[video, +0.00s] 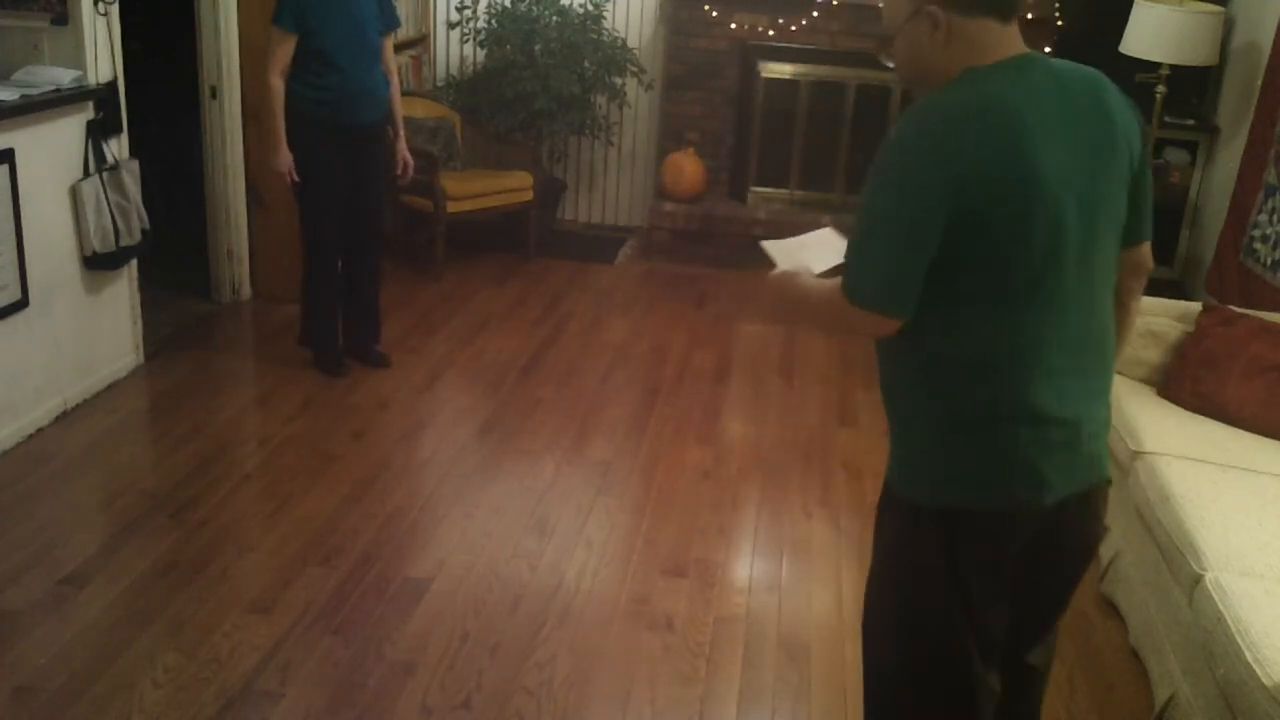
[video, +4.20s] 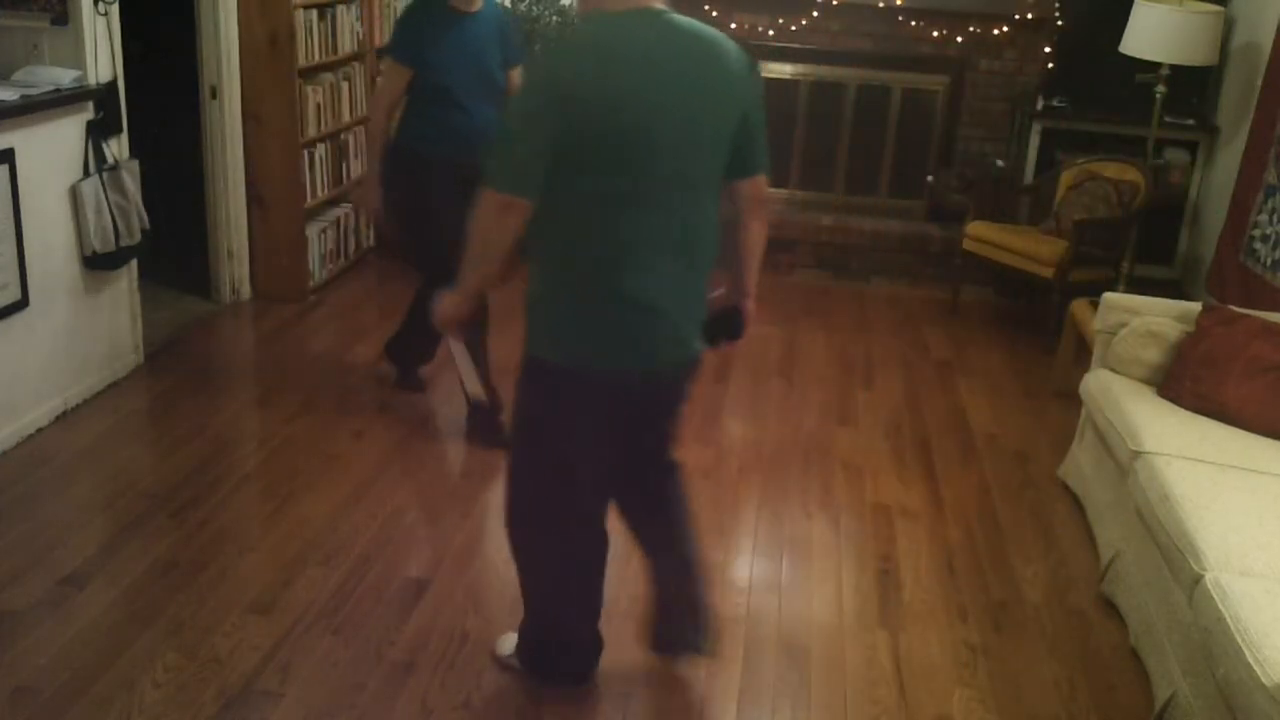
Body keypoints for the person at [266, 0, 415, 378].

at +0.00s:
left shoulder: (379, 6)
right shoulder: (297, 6)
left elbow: (389, 71)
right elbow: (276, 73)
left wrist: (400, 137)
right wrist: (281, 146)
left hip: (370, 133)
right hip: (317, 134)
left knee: (367, 239)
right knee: (322, 241)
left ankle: (363, 339)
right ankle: (323, 345)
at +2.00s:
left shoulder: (331, 8)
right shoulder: (250, 8)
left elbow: (339, 81)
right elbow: (222, 82)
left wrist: (349, 151)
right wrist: (235, 157)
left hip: (321, 147)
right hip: (261, 151)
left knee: (346, 250)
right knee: (268, 262)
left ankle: (343, 341)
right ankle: (265, 370)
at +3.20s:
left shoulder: (379, 6)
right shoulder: (300, 7)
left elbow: (389, 74)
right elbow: (272, 76)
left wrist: (408, 144)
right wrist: (302, 150)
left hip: (365, 139)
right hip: (309, 142)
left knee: (365, 244)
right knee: (316, 245)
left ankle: (356, 347)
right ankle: (304, 343)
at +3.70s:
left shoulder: (422, 7)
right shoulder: (347, 9)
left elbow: (429, 78)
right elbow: (324, 85)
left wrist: (435, 146)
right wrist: (337, 164)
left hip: (411, 144)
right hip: (365, 144)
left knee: (407, 254)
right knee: (369, 253)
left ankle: (398, 361)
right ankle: (325, 337)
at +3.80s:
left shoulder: (436, 8)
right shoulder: (357, 9)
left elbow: (449, 81)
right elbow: (332, 86)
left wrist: (468, 152)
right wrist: (336, 166)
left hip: (420, 145)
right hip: (371, 145)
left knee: (416, 250)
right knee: (397, 251)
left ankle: (399, 359)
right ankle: (372, 356)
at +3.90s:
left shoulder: (451, 10)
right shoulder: (373, 10)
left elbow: (469, 87)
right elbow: (339, 90)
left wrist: (493, 158)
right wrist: (335, 166)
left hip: (431, 148)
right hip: (379, 149)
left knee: (419, 260)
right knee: (413, 262)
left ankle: (395, 360)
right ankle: (421, 385)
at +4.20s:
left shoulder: (501, 19)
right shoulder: (421, 18)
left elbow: (517, 92)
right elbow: (383, 101)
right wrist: (372, 175)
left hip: (478, 163)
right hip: (422, 163)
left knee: (452, 267)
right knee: (456, 275)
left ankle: (406, 349)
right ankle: (482, 404)